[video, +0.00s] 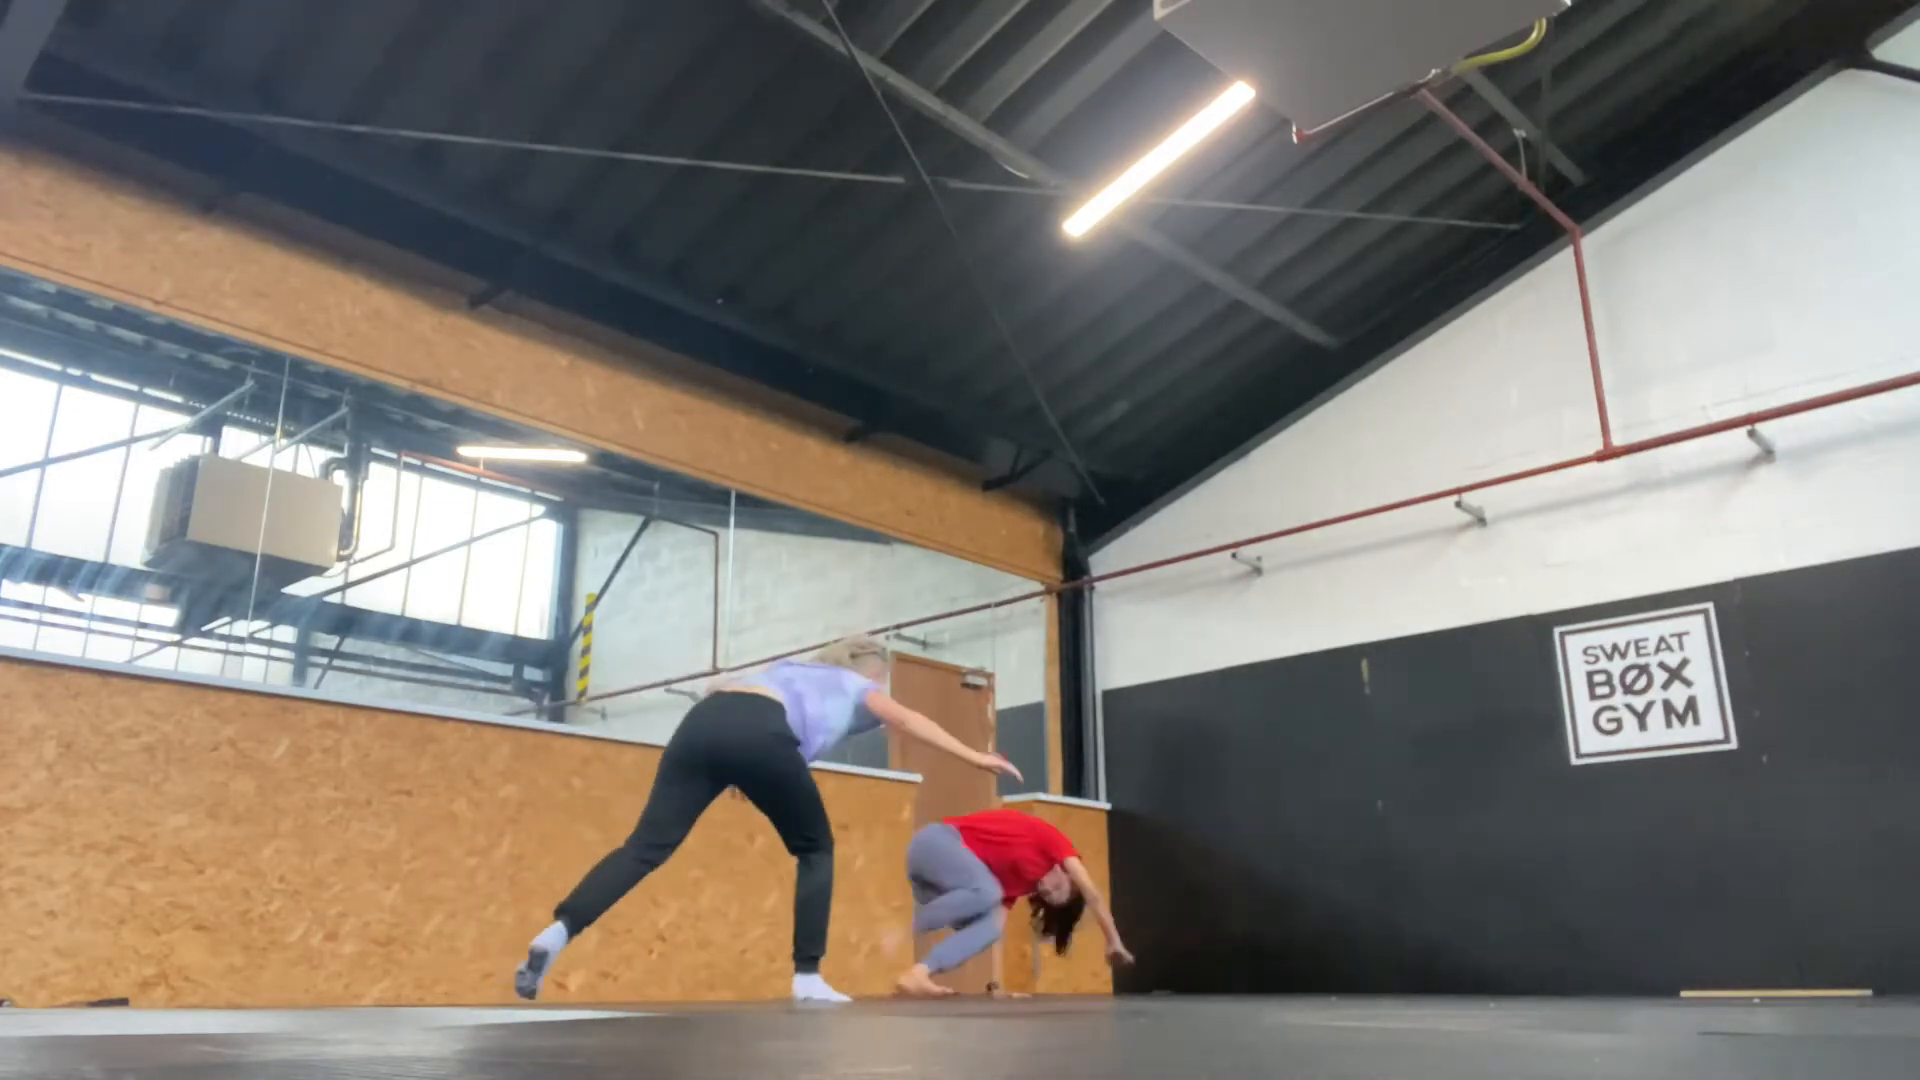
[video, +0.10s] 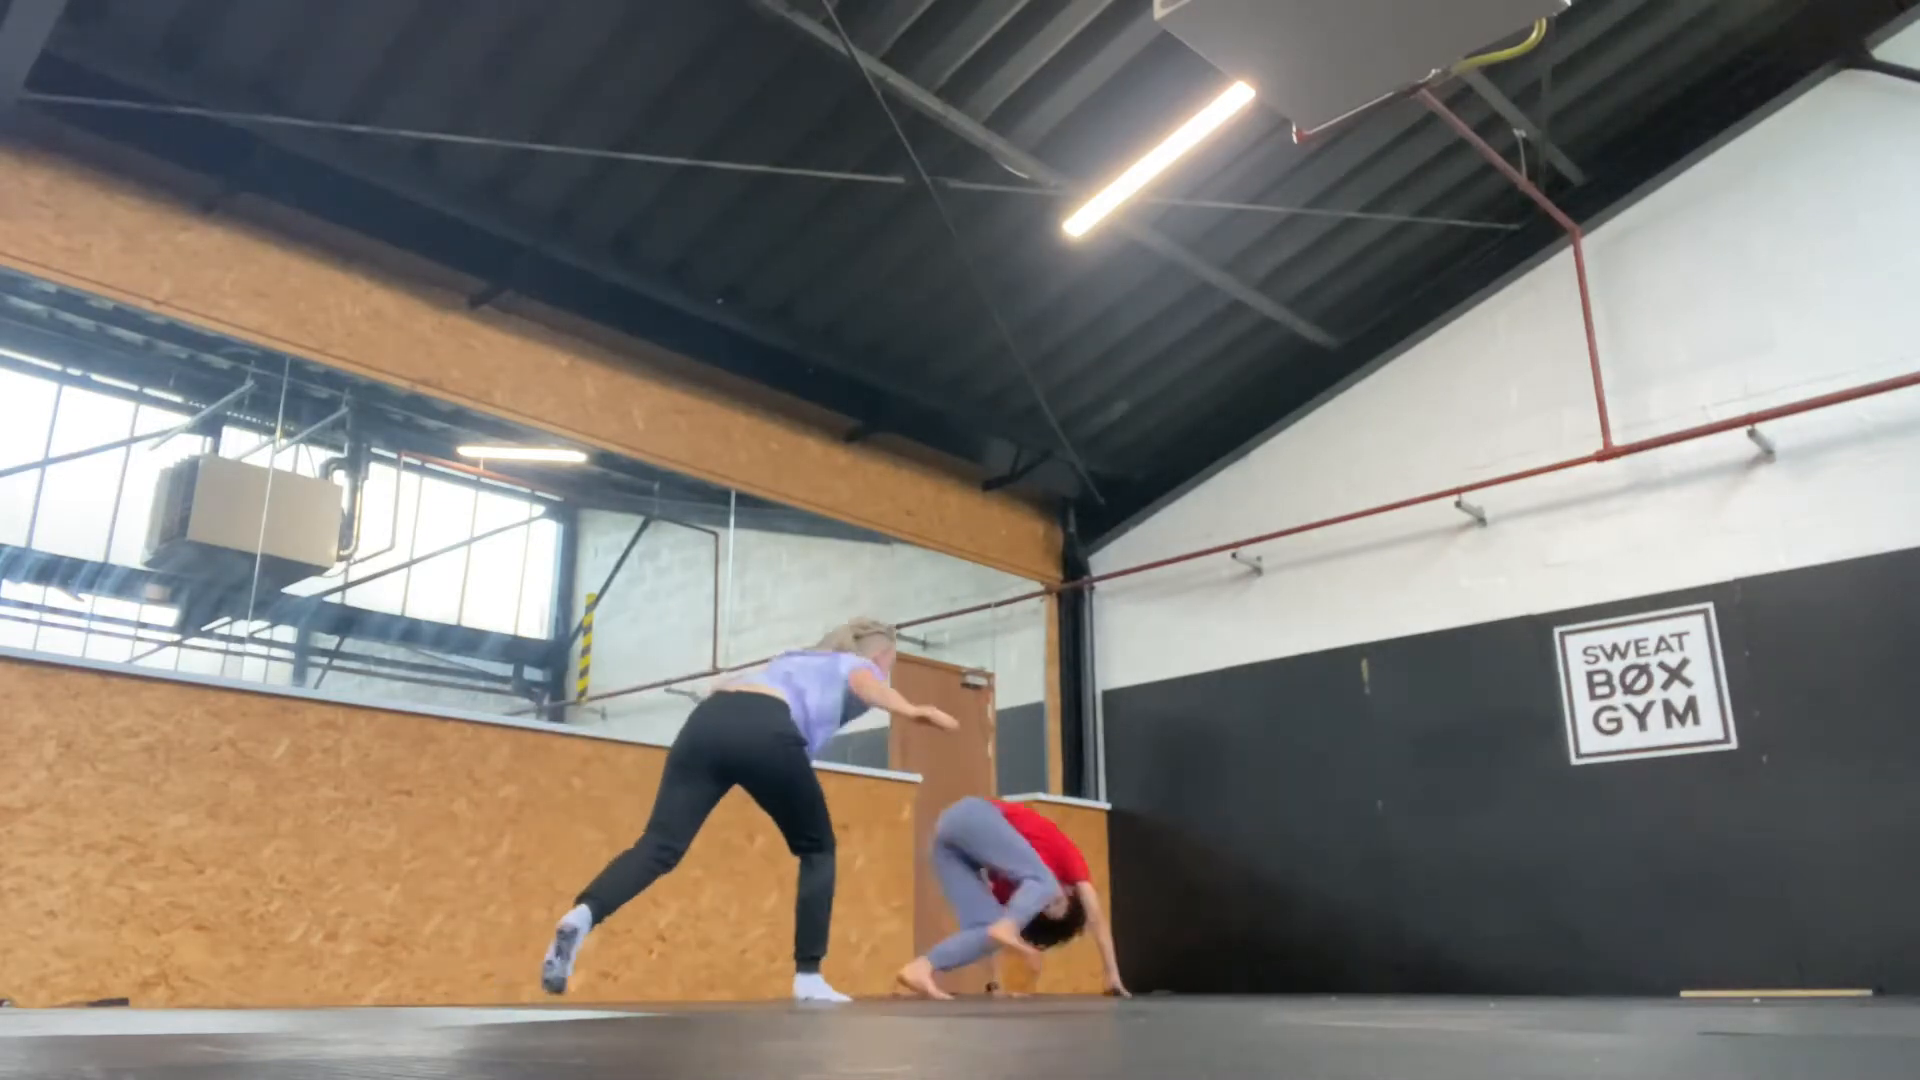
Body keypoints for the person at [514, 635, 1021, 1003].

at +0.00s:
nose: (883, 692)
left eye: (883, 684)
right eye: (881, 685)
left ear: (834, 663)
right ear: (866, 674)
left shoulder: (794, 669)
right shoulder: (856, 685)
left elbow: (737, 684)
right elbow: (907, 720)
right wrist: (975, 756)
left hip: (705, 718)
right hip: (761, 726)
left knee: (646, 846)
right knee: (814, 850)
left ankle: (556, 933)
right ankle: (808, 980)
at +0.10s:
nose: (890, 671)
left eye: (892, 664)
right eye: (890, 662)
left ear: (845, 640)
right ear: (873, 650)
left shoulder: (795, 661)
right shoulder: (857, 664)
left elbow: (725, 683)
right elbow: (863, 681)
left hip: (709, 719)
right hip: (764, 728)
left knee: (661, 846)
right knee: (816, 850)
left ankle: (581, 917)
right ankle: (808, 978)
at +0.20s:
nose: (881, 639)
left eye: (883, 631)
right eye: (880, 630)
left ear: (835, 615)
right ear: (863, 624)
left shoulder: (785, 641)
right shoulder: (847, 638)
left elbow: (723, 674)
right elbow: (831, 653)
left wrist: (724, 679)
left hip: (706, 715)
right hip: (762, 719)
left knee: (665, 845)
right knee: (809, 849)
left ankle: (587, 917)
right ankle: (808, 979)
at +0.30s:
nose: (860, 608)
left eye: (863, 600)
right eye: (861, 598)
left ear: (814, 583)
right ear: (849, 589)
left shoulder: (764, 613)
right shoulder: (831, 608)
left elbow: (699, 661)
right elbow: (795, 617)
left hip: (692, 711)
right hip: (751, 713)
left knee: (665, 845)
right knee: (789, 848)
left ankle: (584, 935)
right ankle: (807, 978)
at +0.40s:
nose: (836, 588)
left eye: (839, 578)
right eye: (838, 575)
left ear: (801, 560)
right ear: (823, 565)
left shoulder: (753, 595)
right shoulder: (796, 583)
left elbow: (678, 658)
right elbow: (742, 597)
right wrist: (711, 647)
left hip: (679, 710)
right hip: (738, 717)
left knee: (656, 847)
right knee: (778, 852)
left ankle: (576, 943)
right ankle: (805, 976)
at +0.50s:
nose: (818, 580)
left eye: (822, 571)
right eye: (819, 568)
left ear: (787, 553)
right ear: (801, 556)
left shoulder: (755, 593)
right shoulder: (765, 574)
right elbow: (705, 608)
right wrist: (669, 670)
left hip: (664, 717)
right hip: (715, 716)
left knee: (653, 853)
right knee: (780, 837)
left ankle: (569, 955)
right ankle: (805, 977)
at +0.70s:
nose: (841, 554)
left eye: (844, 542)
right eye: (840, 540)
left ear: (807, 535)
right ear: (820, 536)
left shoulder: (779, 586)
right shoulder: (778, 569)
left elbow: (760, 667)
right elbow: (715, 616)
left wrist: (806, 640)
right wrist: (714, 678)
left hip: (676, 704)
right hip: (726, 702)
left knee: (654, 845)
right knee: (810, 821)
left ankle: (570, 949)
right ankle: (807, 965)